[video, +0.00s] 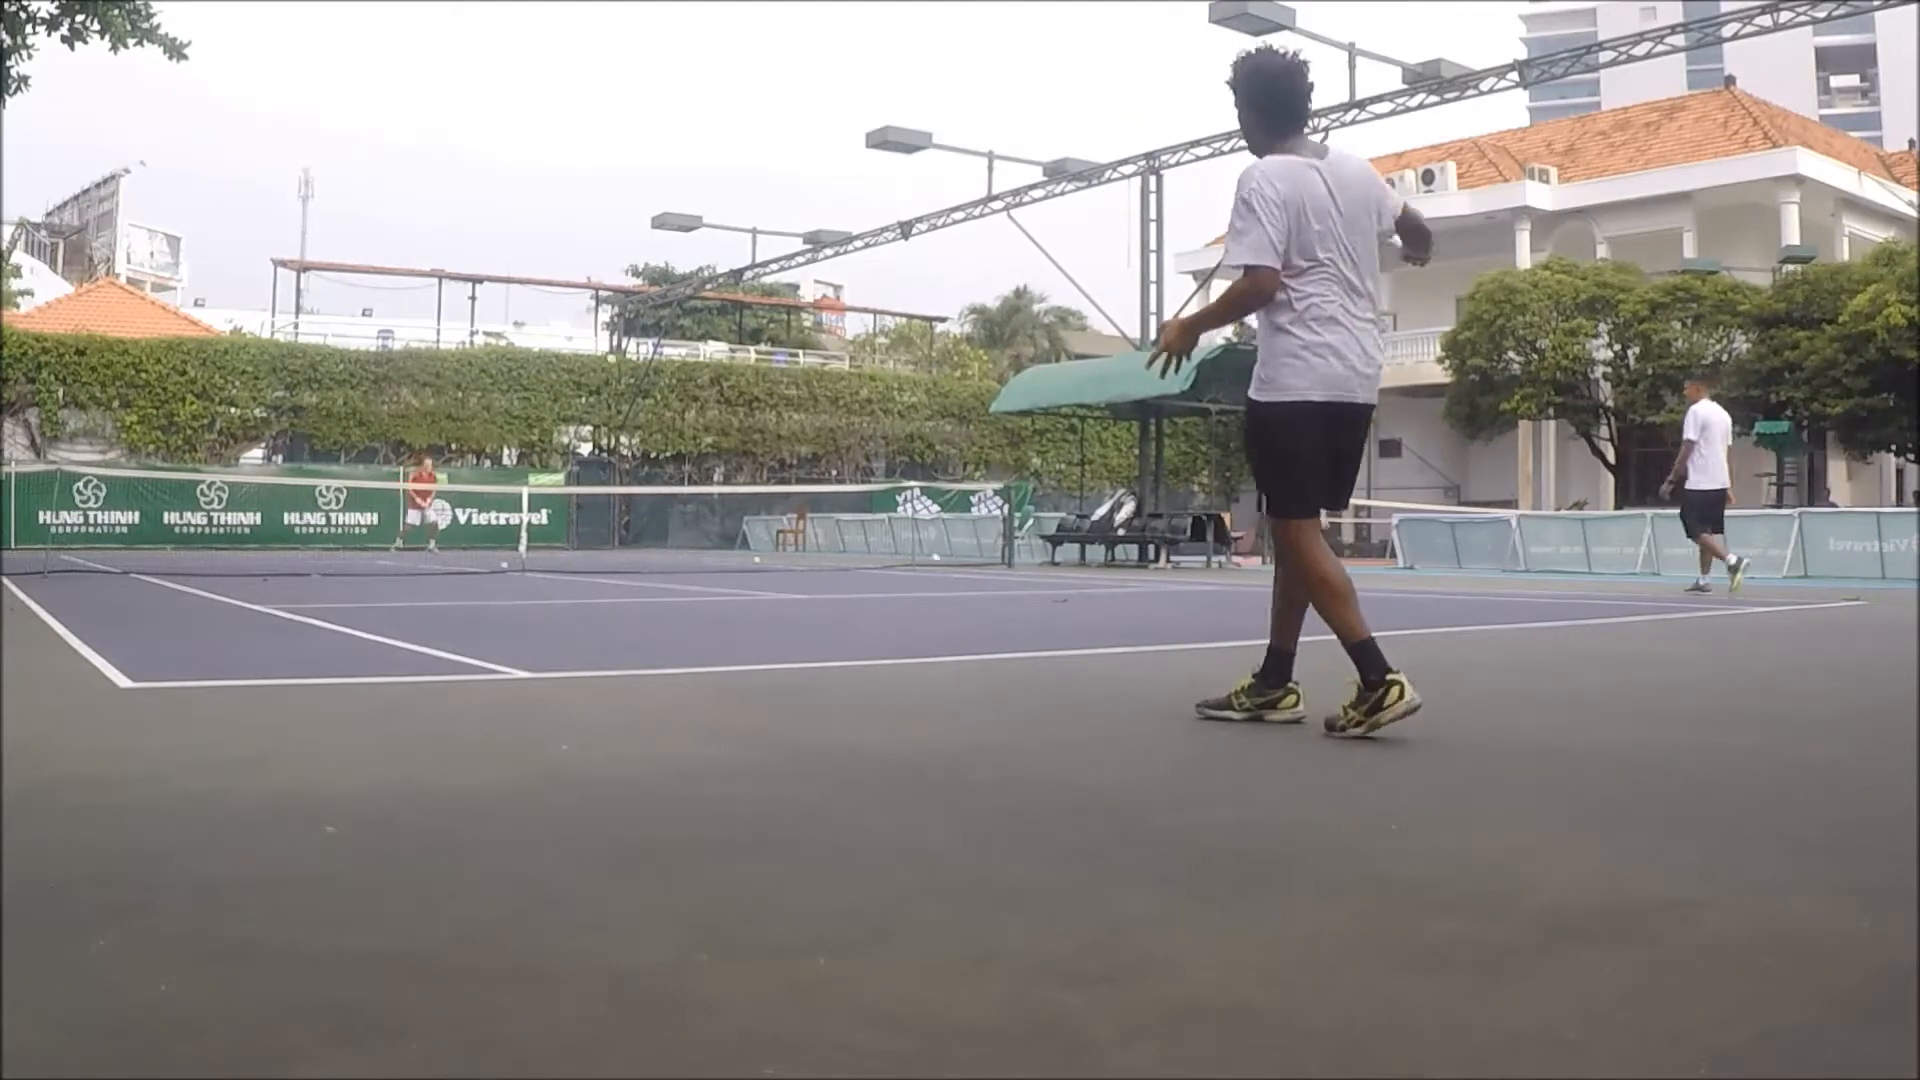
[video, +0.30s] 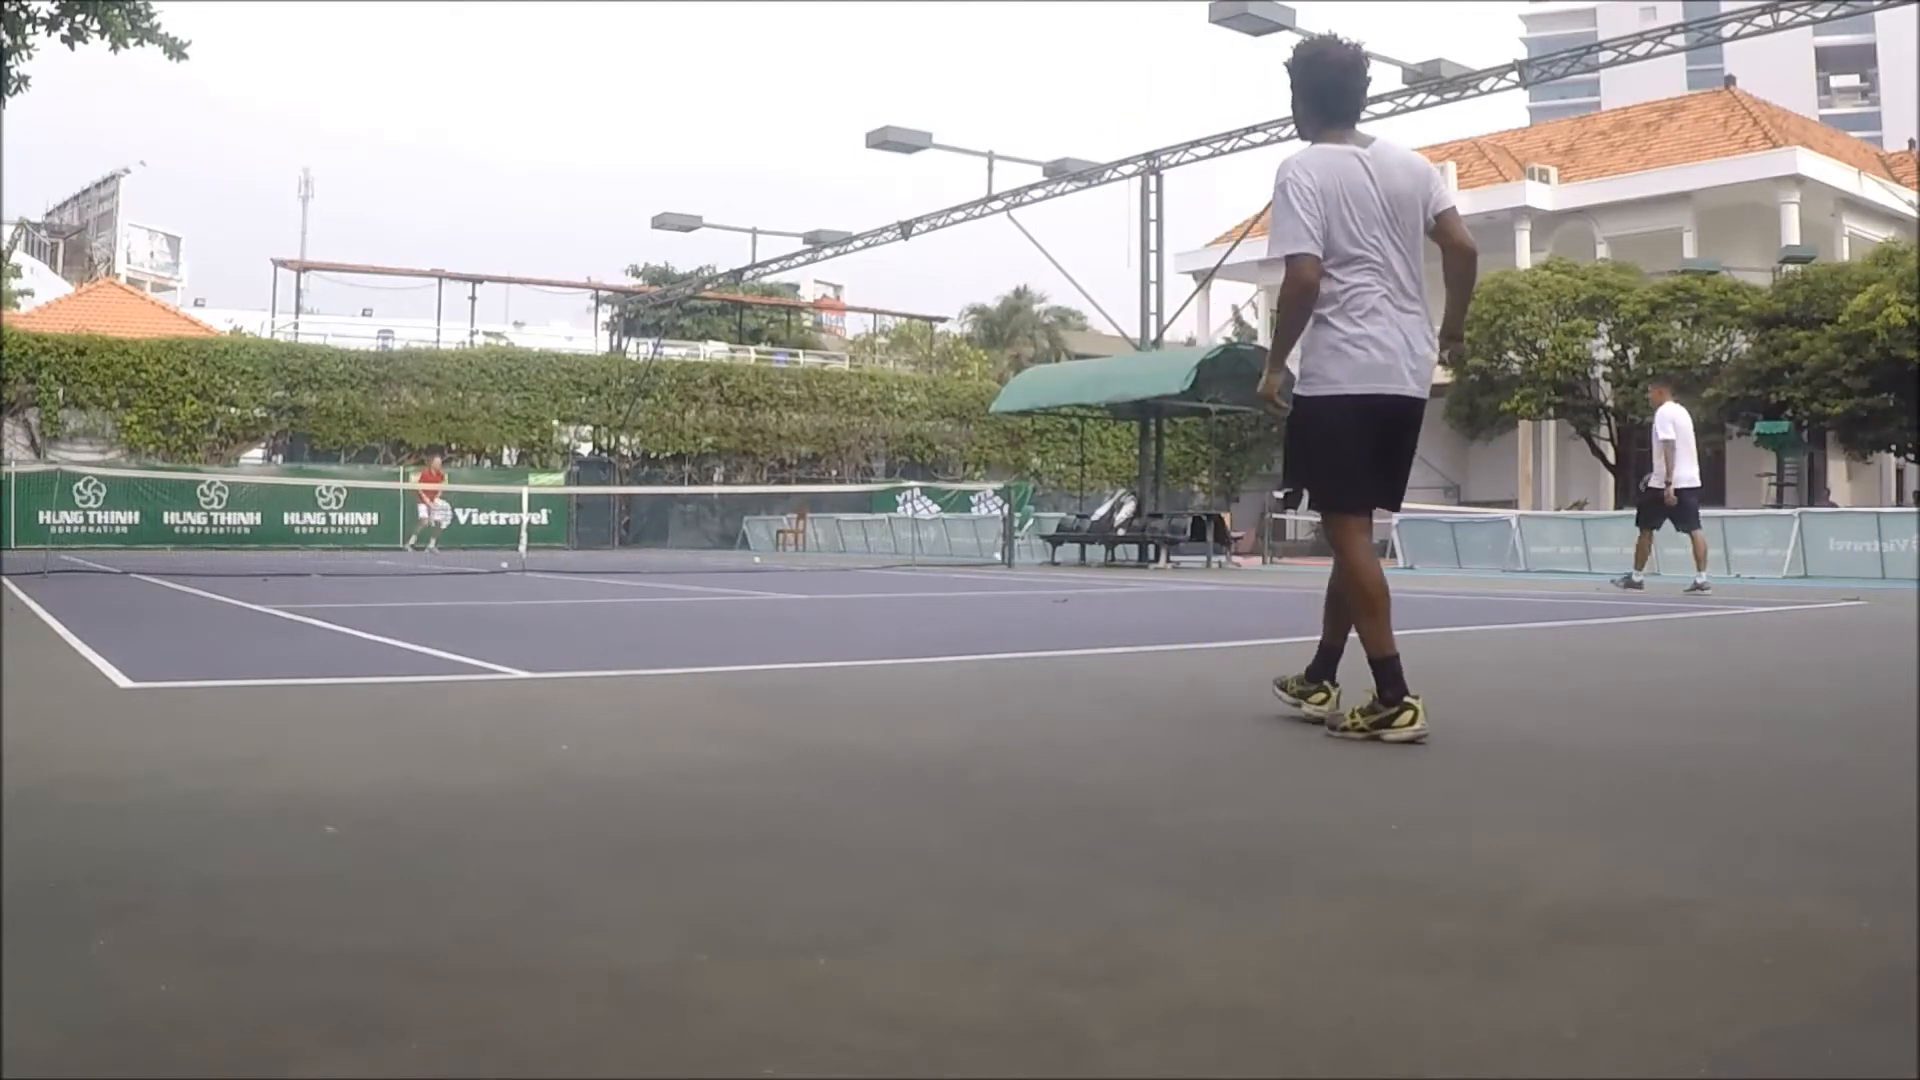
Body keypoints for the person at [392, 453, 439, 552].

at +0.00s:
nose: (428, 466)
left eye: (430, 464)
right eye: (426, 464)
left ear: (432, 465)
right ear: (422, 465)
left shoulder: (433, 476)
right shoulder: (414, 474)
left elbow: (434, 489)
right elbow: (409, 488)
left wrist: (429, 499)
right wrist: (417, 499)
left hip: (426, 504)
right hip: (414, 504)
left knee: (433, 522)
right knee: (410, 524)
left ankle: (432, 544)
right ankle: (398, 542)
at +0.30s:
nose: (438, 465)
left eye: (440, 463)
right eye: (436, 462)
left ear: (441, 464)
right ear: (431, 463)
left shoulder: (441, 476)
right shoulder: (424, 473)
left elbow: (440, 488)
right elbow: (418, 487)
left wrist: (436, 498)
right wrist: (426, 500)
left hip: (434, 500)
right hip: (423, 500)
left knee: (438, 523)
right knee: (424, 520)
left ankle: (431, 545)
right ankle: (411, 542)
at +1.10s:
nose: (440, 465)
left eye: (441, 462)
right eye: (438, 462)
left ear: (439, 463)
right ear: (432, 462)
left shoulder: (435, 474)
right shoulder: (430, 473)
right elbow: (430, 487)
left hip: (434, 500)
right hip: (429, 500)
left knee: (435, 521)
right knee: (435, 520)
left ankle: (429, 545)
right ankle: (427, 545)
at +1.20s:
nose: (439, 463)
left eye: (440, 460)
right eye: (437, 461)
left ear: (441, 461)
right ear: (431, 461)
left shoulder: (442, 472)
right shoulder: (422, 473)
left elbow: (444, 486)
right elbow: (420, 487)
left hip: (439, 499)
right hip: (427, 499)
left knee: (436, 522)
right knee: (430, 519)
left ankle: (424, 541)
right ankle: (426, 544)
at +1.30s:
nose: (438, 466)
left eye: (440, 464)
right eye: (435, 464)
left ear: (442, 463)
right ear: (431, 461)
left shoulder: (441, 472)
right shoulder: (426, 471)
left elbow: (442, 485)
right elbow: (425, 484)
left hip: (436, 498)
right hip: (427, 497)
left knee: (435, 521)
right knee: (430, 519)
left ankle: (420, 540)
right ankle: (425, 545)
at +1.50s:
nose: (438, 459)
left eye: (440, 456)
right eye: (436, 456)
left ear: (441, 457)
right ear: (430, 456)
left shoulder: (441, 468)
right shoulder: (424, 467)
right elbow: (417, 472)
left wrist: (422, 457)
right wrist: (417, 462)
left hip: (438, 493)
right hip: (429, 493)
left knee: (438, 519)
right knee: (431, 517)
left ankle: (423, 538)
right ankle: (426, 543)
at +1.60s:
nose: (438, 459)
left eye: (439, 457)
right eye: (435, 457)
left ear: (442, 458)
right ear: (429, 457)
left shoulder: (442, 468)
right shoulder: (424, 467)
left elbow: (438, 464)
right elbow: (416, 474)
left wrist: (423, 459)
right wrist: (417, 461)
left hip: (438, 493)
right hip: (428, 493)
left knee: (438, 522)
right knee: (431, 517)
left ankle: (426, 537)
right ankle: (426, 542)